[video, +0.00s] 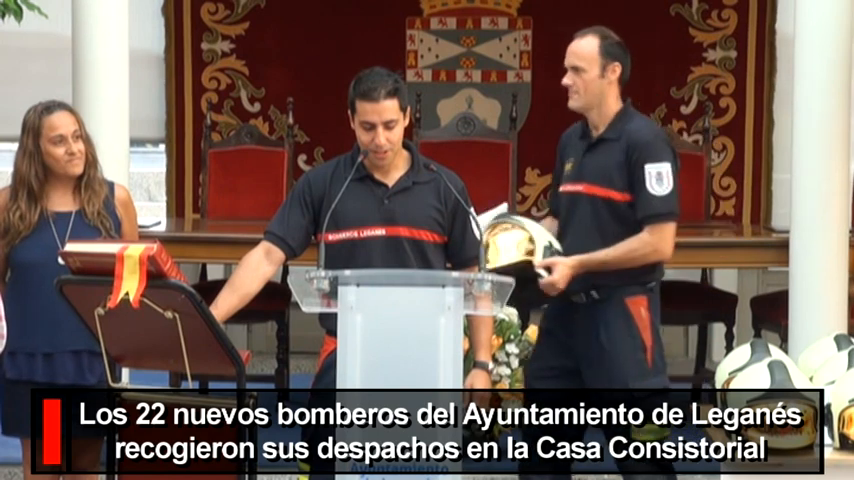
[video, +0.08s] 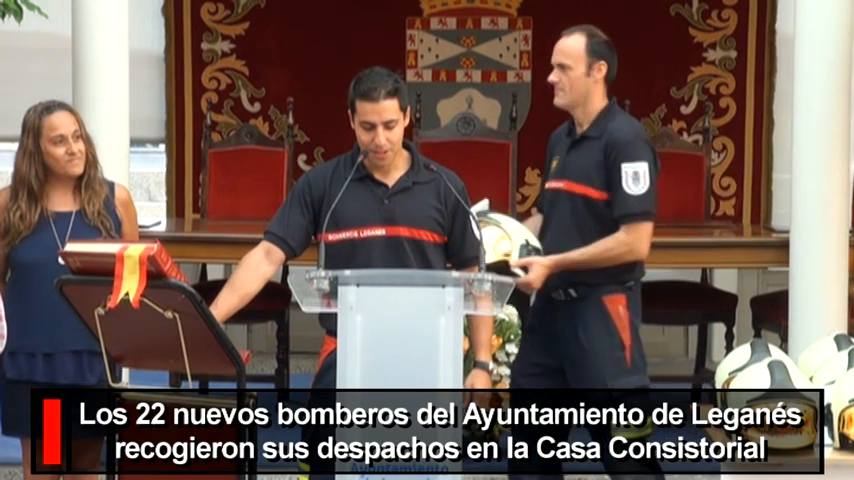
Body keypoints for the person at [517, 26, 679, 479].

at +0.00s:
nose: (565, 80)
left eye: (576, 71)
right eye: (565, 70)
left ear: (612, 73)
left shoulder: (646, 140)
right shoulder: (570, 140)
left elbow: (660, 242)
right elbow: (563, 218)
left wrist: (576, 264)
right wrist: (527, 240)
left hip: (621, 312)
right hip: (564, 311)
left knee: (639, 451)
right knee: (542, 446)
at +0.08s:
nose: (551, 78)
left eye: (562, 69)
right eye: (551, 68)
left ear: (598, 72)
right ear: (585, 71)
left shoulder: (625, 138)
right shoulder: (560, 138)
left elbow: (636, 243)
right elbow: (549, 211)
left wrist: (553, 263)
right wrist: (509, 238)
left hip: (601, 308)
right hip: (548, 307)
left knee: (625, 451)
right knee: (530, 445)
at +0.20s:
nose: (532, 74)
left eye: (543, 65)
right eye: (533, 64)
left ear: (579, 70)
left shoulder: (600, 135)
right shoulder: (546, 134)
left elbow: (603, 241)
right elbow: (532, 214)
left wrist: (521, 261)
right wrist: (484, 236)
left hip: (574, 303)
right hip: (530, 301)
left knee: (587, 442)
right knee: (521, 438)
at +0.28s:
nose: (521, 73)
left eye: (532, 64)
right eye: (522, 63)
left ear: (567, 69)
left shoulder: (585, 134)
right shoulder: (544, 132)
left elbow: (584, 240)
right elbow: (526, 213)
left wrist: (500, 259)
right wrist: (465, 232)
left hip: (559, 295)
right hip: (524, 290)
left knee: (553, 430)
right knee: (514, 424)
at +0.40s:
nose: (505, 73)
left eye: (516, 64)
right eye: (506, 63)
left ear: (551, 69)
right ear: (538, 69)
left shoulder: (566, 132)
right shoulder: (532, 128)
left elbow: (560, 240)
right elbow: (513, 212)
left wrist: (481, 257)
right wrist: (455, 227)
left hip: (544, 289)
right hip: (515, 282)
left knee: (519, 410)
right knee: (501, 405)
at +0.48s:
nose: (495, 73)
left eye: (505, 64)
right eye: (495, 63)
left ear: (540, 69)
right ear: (532, 68)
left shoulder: (553, 132)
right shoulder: (525, 127)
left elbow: (544, 239)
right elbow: (508, 216)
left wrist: (474, 257)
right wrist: (463, 226)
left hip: (535, 288)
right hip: (510, 282)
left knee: (509, 404)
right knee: (507, 405)